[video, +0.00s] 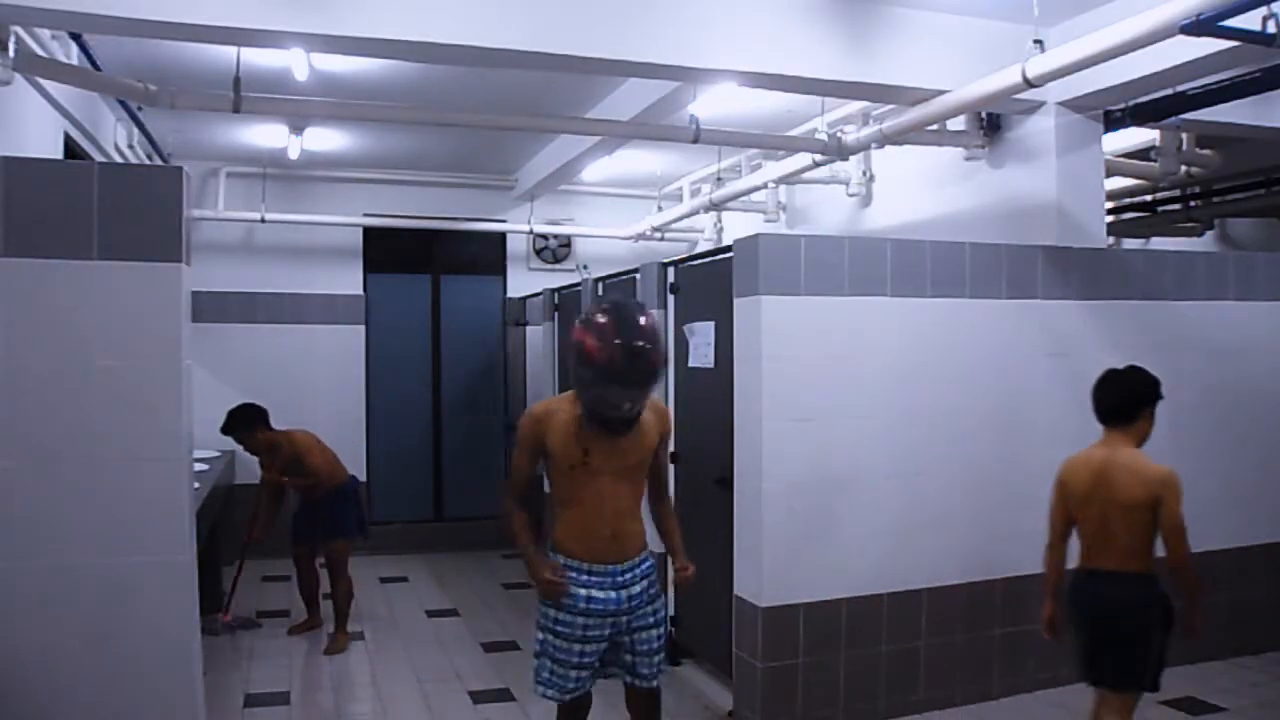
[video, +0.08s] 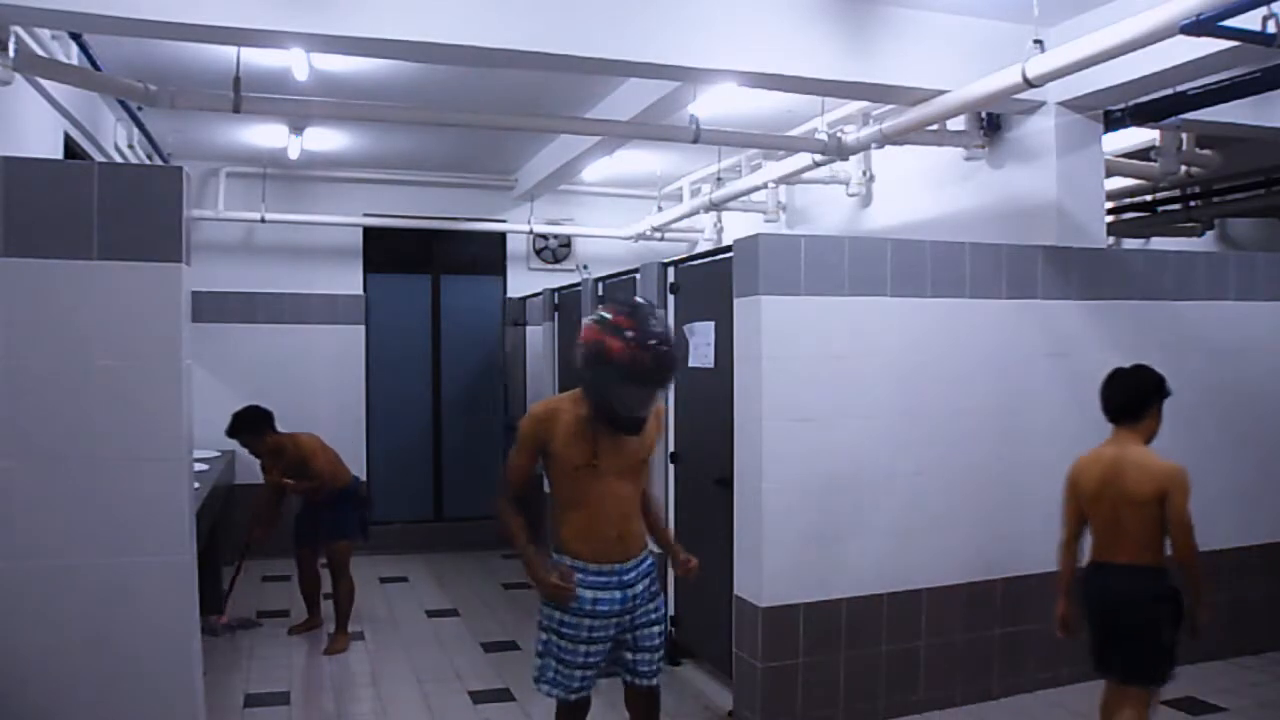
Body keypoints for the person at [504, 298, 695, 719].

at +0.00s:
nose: (622, 410)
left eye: (632, 398)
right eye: (610, 400)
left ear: (647, 383)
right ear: (583, 379)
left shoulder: (656, 418)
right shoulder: (543, 421)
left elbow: (660, 496)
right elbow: (518, 502)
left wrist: (678, 553)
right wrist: (535, 562)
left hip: (640, 579)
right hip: (574, 582)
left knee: (646, 698)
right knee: (574, 705)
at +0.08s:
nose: (642, 407)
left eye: (649, 394)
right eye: (631, 396)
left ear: (655, 383)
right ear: (598, 380)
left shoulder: (652, 416)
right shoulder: (546, 420)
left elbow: (641, 491)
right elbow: (509, 500)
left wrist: (671, 546)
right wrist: (537, 567)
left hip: (642, 579)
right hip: (580, 584)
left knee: (645, 697)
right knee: (574, 706)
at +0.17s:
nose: (645, 413)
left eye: (652, 402)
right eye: (637, 401)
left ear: (658, 389)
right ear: (607, 382)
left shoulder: (643, 417)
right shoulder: (550, 420)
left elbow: (625, 503)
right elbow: (503, 492)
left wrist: (659, 548)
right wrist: (532, 565)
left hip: (646, 576)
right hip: (587, 581)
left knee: (644, 700)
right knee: (580, 704)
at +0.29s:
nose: (648, 414)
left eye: (655, 403)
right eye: (639, 401)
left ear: (660, 392)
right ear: (607, 382)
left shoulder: (642, 418)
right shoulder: (551, 421)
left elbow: (630, 498)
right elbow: (501, 485)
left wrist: (656, 551)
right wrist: (526, 559)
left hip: (653, 575)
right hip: (593, 582)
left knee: (652, 697)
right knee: (588, 703)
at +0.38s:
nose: (645, 414)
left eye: (652, 404)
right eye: (636, 403)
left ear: (659, 392)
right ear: (604, 383)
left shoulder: (645, 416)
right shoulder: (553, 420)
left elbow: (633, 500)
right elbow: (502, 488)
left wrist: (660, 548)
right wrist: (532, 564)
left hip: (654, 577)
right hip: (593, 584)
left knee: (652, 700)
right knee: (589, 703)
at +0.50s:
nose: (639, 413)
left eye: (649, 399)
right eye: (626, 401)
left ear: (658, 384)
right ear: (594, 379)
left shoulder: (658, 416)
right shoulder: (550, 419)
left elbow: (651, 491)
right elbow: (514, 500)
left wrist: (676, 544)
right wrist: (541, 574)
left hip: (649, 580)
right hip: (585, 584)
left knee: (648, 703)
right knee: (580, 707)